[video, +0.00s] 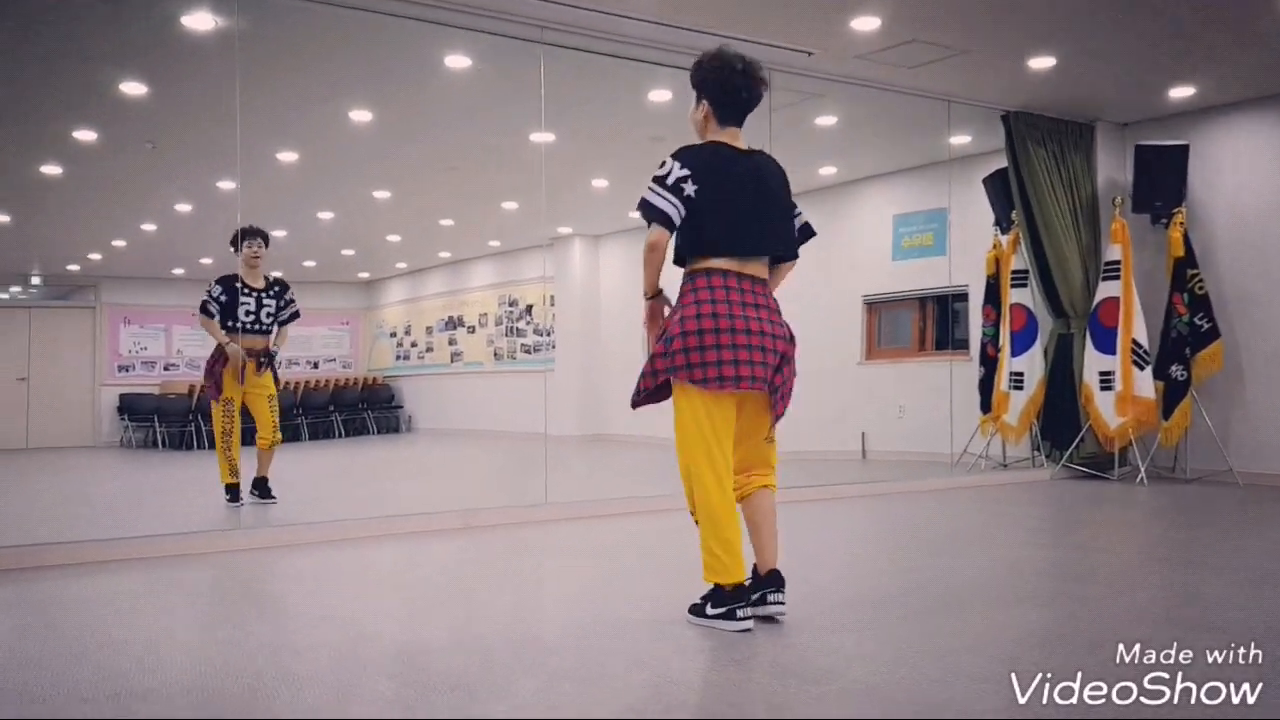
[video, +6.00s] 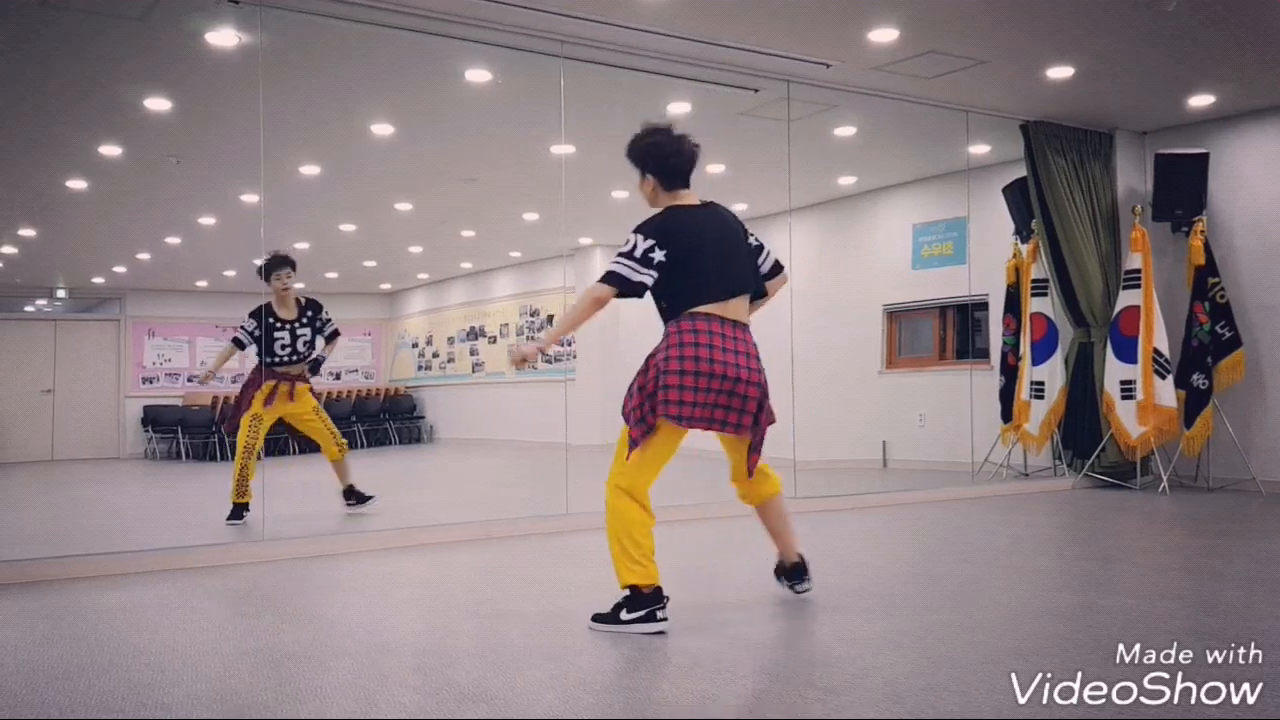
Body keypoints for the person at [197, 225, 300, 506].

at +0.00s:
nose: (256, 250)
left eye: (260, 245)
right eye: (249, 246)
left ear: (267, 251)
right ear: (238, 252)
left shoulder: (278, 288)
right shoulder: (225, 284)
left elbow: (284, 326)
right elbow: (206, 317)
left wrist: (274, 350)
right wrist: (228, 345)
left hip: (261, 364)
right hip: (228, 363)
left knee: (270, 429)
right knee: (227, 427)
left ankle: (261, 480)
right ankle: (231, 484)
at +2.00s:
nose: (255, 272)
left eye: (259, 267)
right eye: (249, 267)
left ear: (263, 272)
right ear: (235, 273)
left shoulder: (262, 307)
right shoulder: (225, 302)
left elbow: (266, 348)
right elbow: (208, 340)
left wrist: (271, 376)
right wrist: (212, 381)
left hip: (261, 377)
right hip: (235, 377)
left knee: (280, 439)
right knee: (247, 447)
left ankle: (259, 495)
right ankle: (232, 500)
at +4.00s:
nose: (309, 265)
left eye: (313, 260)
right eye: (303, 260)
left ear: (319, 265)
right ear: (292, 266)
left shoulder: (333, 291)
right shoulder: (286, 305)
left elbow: (363, 314)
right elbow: (280, 344)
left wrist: (354, 343)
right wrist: (269, 328)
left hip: (335, 368)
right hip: (303, 370)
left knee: (338, 434)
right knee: (286, 434)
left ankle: (341, 489)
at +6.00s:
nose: (285, 282)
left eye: (288, 276)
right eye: (278, 278)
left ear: (295, 278)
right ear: (268, 283)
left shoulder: (311, 307)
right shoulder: (260, 315)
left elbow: (333, 336)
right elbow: (235, 345)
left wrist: (320, 358)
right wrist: (212, 370)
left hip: (299, 389)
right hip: (265, 389)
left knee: (333, 439)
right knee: (246, 444)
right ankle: (240, 503)